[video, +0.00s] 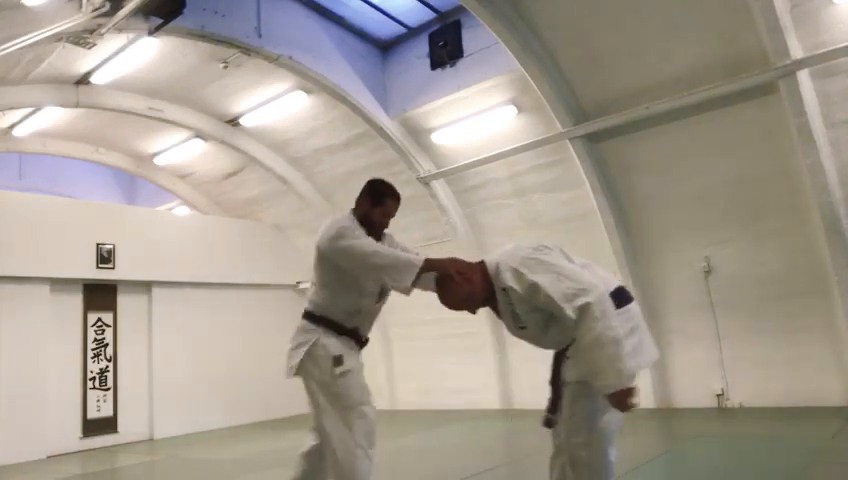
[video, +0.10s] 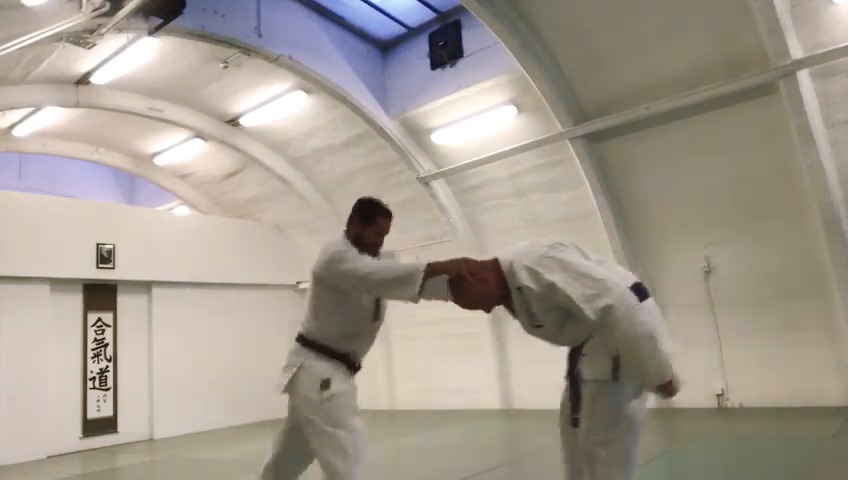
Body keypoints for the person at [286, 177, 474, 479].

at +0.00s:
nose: (388, 223)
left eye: (391, 216)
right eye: (386, 214)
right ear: (365, 205)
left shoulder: (381, 242)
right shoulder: (340, 235)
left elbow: (413, 270)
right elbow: (384, 261)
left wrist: (459, 283)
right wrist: (442, 265)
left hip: (344, 346)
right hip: (323, 343)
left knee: (334, 435)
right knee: (359, 420)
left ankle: (308, 474)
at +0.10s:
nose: (382, 241)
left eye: (385, 234)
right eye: (378, 233)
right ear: (355, 225)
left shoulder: (370, 264)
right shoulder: (337, 256)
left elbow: (409, 285)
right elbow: (377, 276)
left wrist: (460, 285)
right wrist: (445, 267)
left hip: (333, 373)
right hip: (319, 372)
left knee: (289, 461)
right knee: (347, 465)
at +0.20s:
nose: (387, 252)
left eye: (390, 245)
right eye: (383, 244)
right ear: (360, 236)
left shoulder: (378, 275)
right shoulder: (338, 273)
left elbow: (423, 296)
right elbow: (389, 291)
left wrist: (477, 292)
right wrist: (459, 272)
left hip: (334, 388)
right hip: (313, 385)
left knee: (284, 467)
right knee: (343, 473)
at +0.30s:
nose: (395, 234)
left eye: (397, 227)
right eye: (391, 225)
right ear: (368, 220)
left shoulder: (391, 258)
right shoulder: (345, 256)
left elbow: (431, 285)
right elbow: (394, 293)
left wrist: (484, 296)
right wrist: (466, 283)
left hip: (351, 378)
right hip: (322, 373)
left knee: (328, 461)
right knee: (356, 468)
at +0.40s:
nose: (396, 212)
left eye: (397, 205)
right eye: (392, 205)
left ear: (378, 202)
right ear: (367, 200)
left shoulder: (392, 240)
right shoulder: (348, 239)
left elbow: (429, 272)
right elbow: (402, 282)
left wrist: (483, 289)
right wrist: (470, 287)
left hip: (374, 364)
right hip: (338, 363)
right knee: (366, 462)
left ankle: (313, 474)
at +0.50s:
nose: (394, 200)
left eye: (396, 192)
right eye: (390, 191)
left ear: (368, 187)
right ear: (364, 185)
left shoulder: (388, 228)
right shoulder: (349, 223)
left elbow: (423, 272)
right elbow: (410, 265)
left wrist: (485, 286)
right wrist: (481, 275)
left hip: (396, 346)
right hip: (354, 351)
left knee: (457, 381)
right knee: (376, 460)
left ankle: (390, 454)